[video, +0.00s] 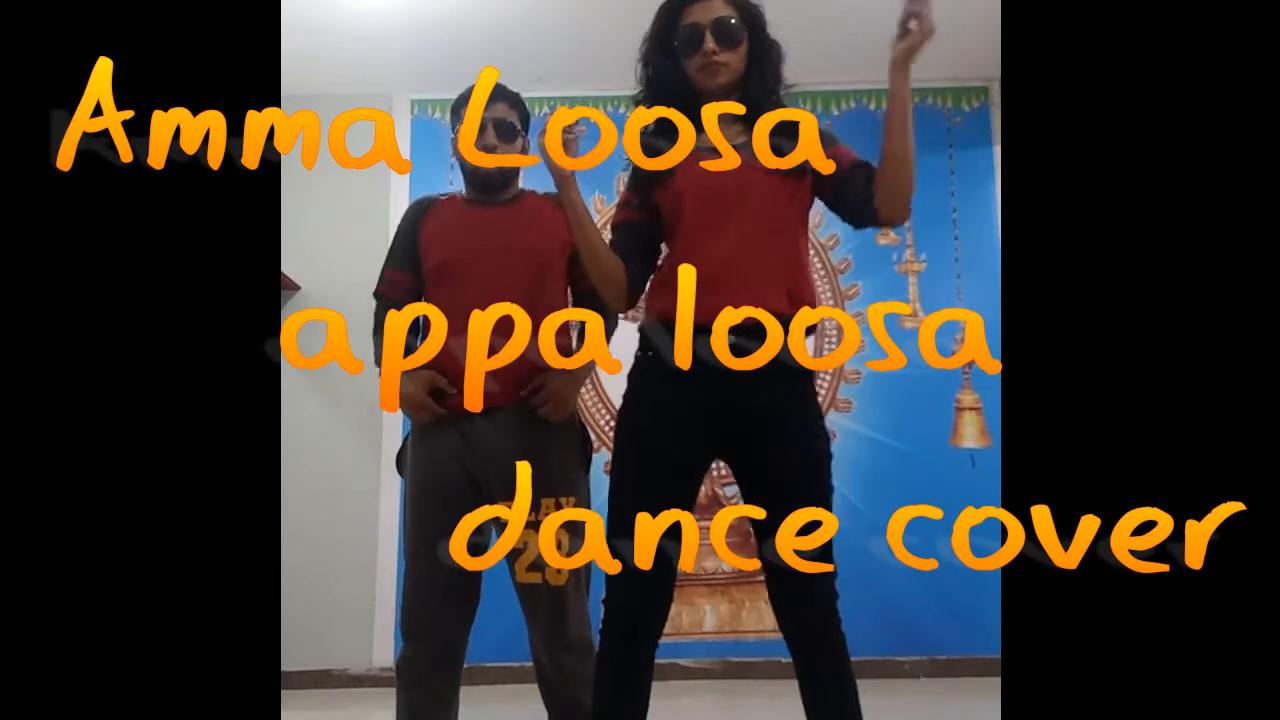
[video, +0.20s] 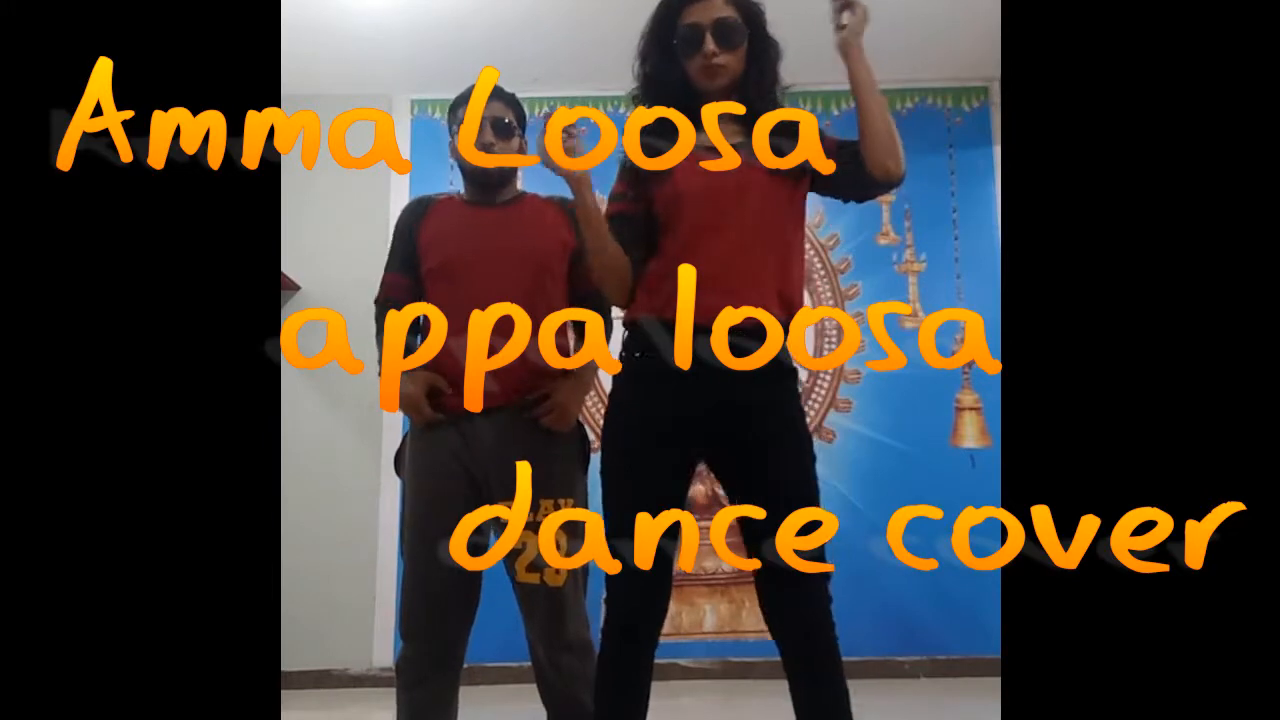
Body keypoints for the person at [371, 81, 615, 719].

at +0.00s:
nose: (493, 140)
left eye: (507, 131)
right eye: (478, 129)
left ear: (526, 145)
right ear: (456, 139)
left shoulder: (560, 216)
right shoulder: (423, 218)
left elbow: (600, 301)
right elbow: (389, 312)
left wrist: (576, 367)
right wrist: (399, 371)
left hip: (541, 433)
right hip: (445, 436)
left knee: (561, 621)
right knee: (431, 621)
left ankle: (578, 718)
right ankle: (424, 719)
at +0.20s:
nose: (493, 138)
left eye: (505, 128)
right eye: (478, 127)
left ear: (524, 143)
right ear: (455, 140)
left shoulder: (561, 219)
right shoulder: (420, 218)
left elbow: (596, 309)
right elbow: (391, 308)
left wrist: (582, 378)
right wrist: (401, 370)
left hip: (541, 435)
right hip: (443, 439)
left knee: (559, 622)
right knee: (430, 623)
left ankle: (578, 718)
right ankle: (424, 719)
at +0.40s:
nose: (491, 136)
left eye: (504, 127)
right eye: (477, 126)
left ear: (523, 145)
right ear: (454, 141)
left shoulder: (564, 223)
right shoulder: (418, 226)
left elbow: (595, 318)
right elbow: (385, 321)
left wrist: (582, 389)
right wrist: (395, 383)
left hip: (543, 441)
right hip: (441, 444)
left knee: (562, 628)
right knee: (428, 631)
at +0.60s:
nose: (491, 133)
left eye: (504, 124)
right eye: (476, 123)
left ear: (521, 142)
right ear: (452, 138)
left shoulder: (564, 226)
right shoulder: (417, 229)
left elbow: (598, 321)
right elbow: (375, 321)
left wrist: (585, 390)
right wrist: (392, 383)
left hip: (544, 440)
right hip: (441, 443)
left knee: (562, 625)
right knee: (427, 628)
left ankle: (578, 719)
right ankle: (423, 719)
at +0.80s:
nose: (492, 133)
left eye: (503, 121)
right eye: (477, 122)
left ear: (520, 134)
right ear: (452, 134)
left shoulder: (561, 215)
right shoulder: (416, 218)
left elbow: (598, 306)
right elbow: (380, 309)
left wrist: (585, 373)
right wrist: (399, 369)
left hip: (541, 434)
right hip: (440, 437)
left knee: (559, 616)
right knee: (427, 622)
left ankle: (576, 716)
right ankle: (422, 717)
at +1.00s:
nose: (491, 130)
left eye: (503, 119)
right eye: (476, 119)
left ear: (520, 132)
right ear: (452, 131)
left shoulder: (559, 205)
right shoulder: (420, 209)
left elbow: (596, 296)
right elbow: (385, 294)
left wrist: (586, 369)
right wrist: (402, 358)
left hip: (539, 430)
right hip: (439, 433)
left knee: (560, 617)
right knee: (429, 620)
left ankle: (579, 718)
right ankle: (423, 718)